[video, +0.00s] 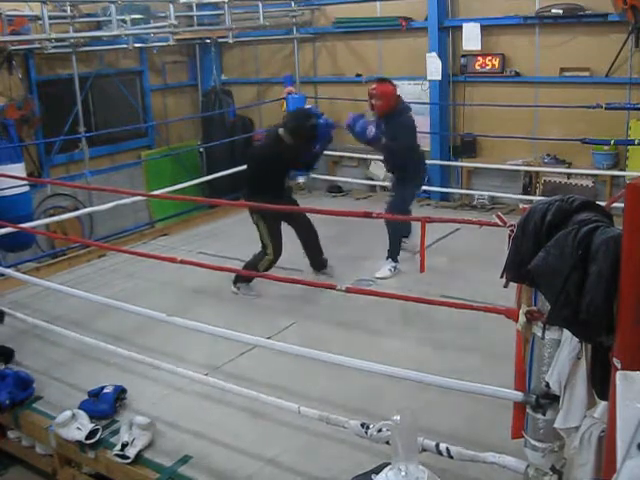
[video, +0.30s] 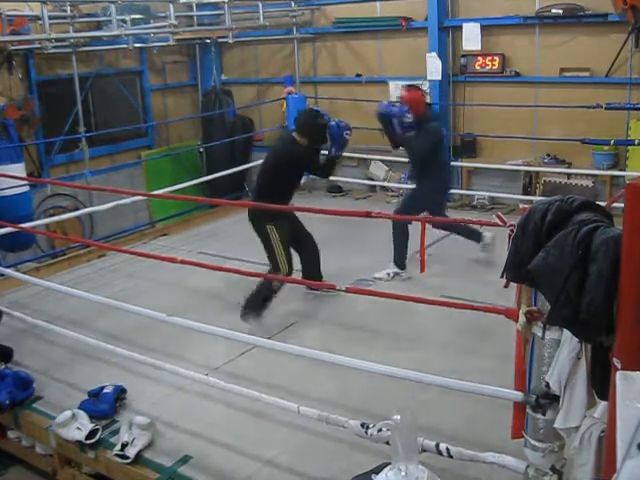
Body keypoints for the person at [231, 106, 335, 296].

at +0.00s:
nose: (305, 142)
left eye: (307, 139)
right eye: (303, 138)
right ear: (295, 133)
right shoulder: (271, 147)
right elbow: (305, 165)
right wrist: (322, 144)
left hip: (280, 196)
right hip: (260, 200)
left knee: (306, 229)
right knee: (272, 251)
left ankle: (320, 267)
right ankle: (241, 281)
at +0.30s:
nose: (324, 135)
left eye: (325, 131)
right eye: (322, 131)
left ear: (301, 128)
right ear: (311, 133)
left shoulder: (293, 142)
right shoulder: (296, 151)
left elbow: (319, 167)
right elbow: (323, 172)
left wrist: (333, 146)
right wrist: (337, 150)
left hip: (279, 210)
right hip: (264, 213)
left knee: (308, 248)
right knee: (283, 269)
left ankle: (314, 286)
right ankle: (251, 310)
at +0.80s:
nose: (345, 118)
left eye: (345, 115)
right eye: (343, 114)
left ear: (323, 111)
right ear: (336, 115)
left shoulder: (321, 131)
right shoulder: (318, 133)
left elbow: (342, 154)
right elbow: (344, 157)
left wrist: (355, 136)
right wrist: (362, 139)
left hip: (303, 202)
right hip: (289, 203)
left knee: (322, 243)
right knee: (287, 256)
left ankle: (328, 283)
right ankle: (257, 305)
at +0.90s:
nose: (356, 110)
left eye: (356, 106)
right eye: (353, 106)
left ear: (332, 108)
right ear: (343, 109)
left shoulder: (333, 132)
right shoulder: (324, 134)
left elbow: (345, 157)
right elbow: (346, 159)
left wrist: (358, 141)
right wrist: (365, 144)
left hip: (318, 196)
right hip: (301, 199)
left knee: (341, 236)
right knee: (310, 252)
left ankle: (330, 280)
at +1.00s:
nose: (366, 116)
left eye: (365, 112)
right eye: (363, 112)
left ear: (344, 116)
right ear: (352, 116)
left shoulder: (344, 137)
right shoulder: (333, 140)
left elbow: (346, 163)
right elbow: (350, 170)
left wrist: (362, 146)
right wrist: (373, 158)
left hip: (335, 201)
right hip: (316, 204)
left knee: (369, 230)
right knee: (309, 260)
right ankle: (277, 288)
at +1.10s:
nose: (386, 119)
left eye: (384, 116)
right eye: (382, 116)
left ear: (364, 120)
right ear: (372, 121)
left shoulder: (370, 139)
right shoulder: (349, 145)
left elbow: (377, 148)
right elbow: (357, 174)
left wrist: (396, 135)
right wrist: (382, 163)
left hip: (356, 203)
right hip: (337, 206)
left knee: (388, 228)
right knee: (320, 252)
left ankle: (413, 257)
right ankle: (280, 286)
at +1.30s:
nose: (433, 110)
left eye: (432, 108)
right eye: (429, 108)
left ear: (425, 111)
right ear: (416, 110)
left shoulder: (424, 122)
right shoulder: (396, 130)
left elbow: (443, 121)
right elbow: (386, 165)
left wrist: (461, 111)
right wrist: (416, 157)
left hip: (401, 183)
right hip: (382, 184)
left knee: (423, 222)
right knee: (379, 234)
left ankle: (421, 262)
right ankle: (347, 255)